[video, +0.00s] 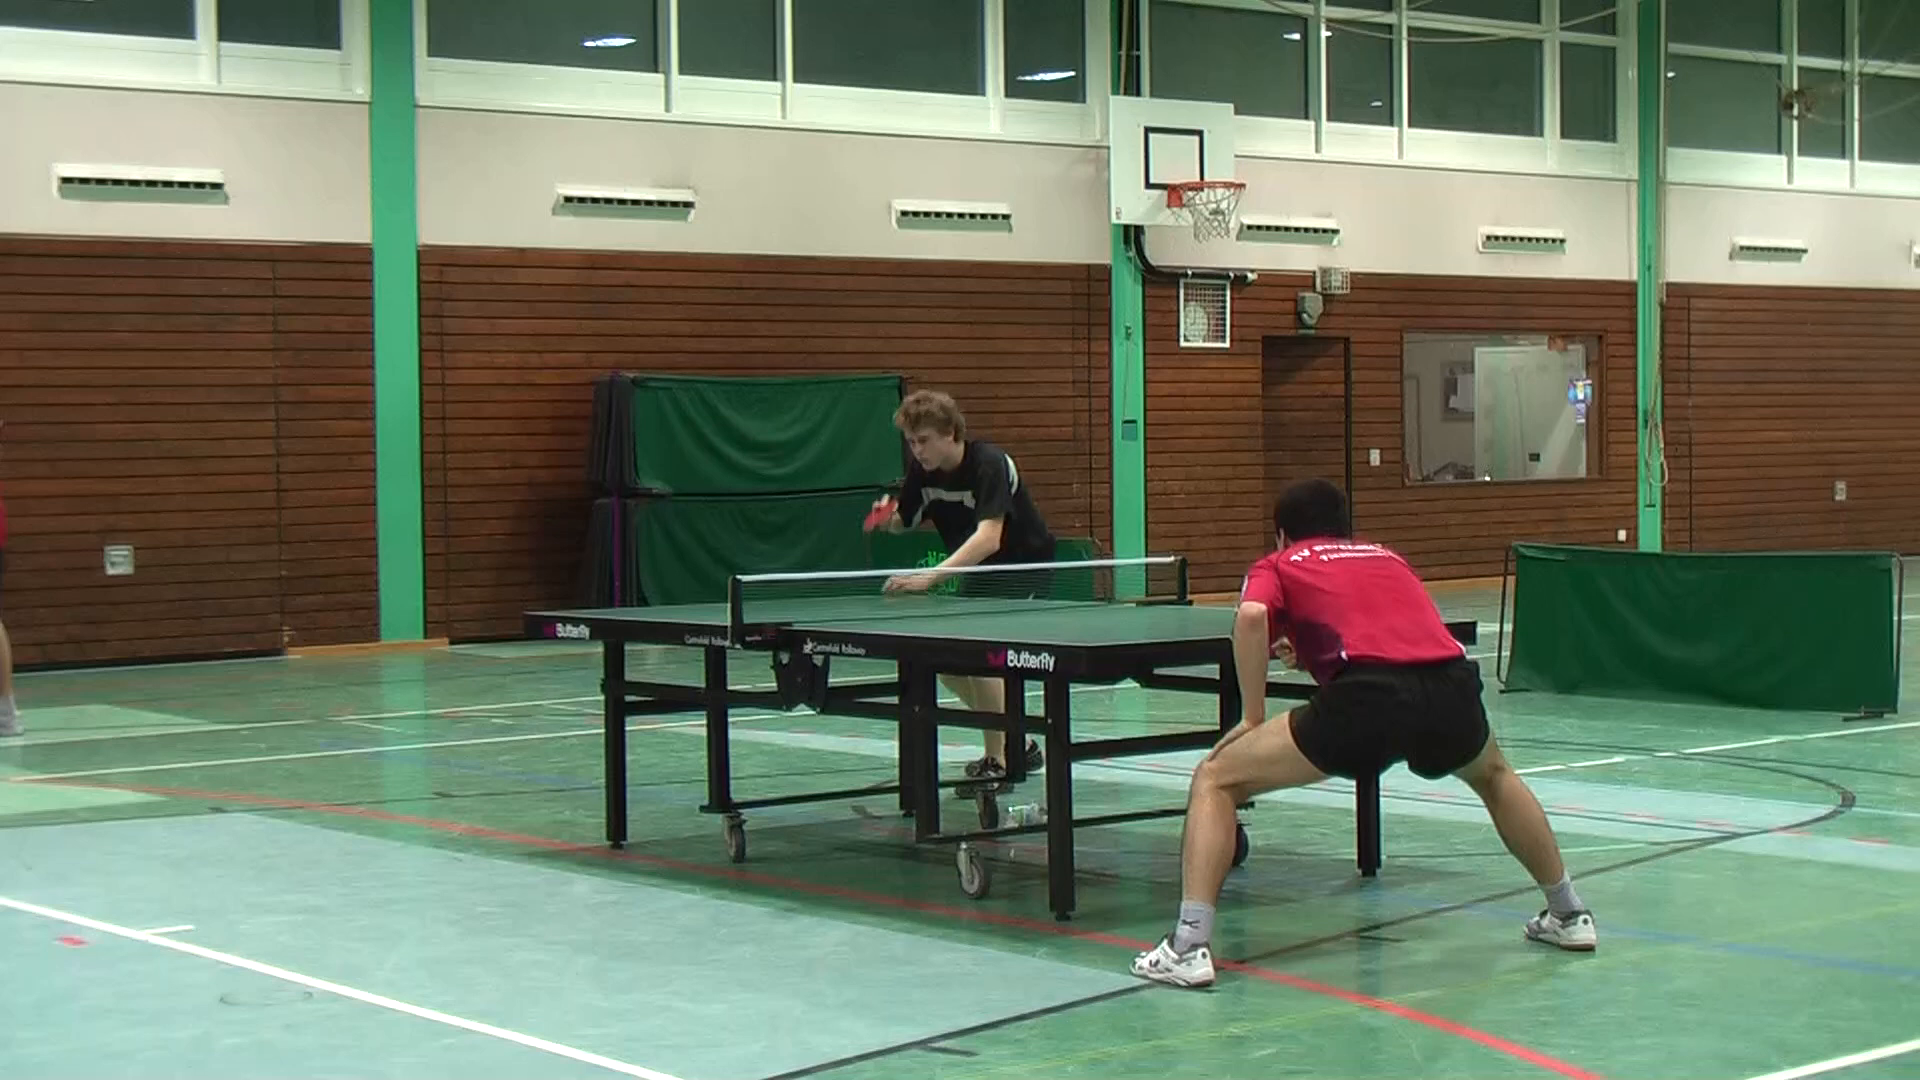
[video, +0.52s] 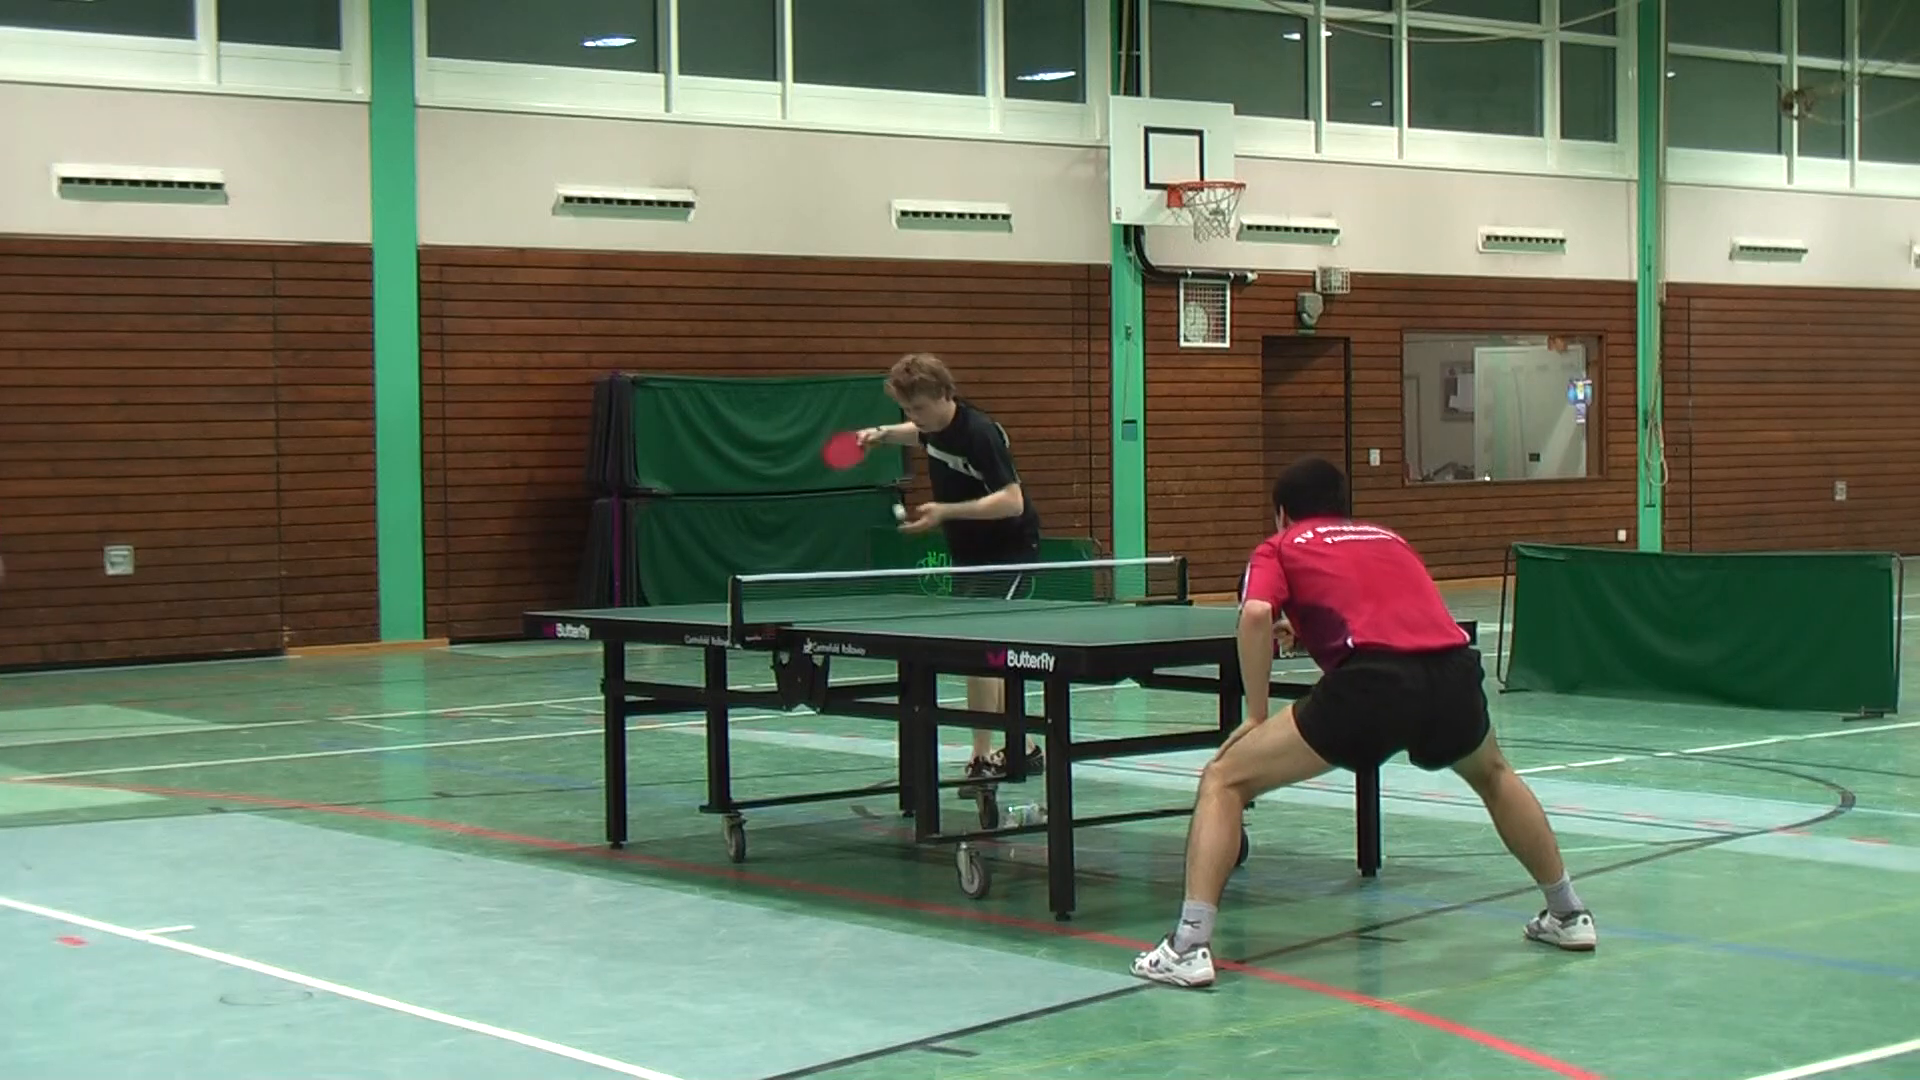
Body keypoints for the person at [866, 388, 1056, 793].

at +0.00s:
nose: (916, 451)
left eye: (922, 440)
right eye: (911, 443)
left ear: (950, 434)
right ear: (909, 441)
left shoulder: (989, 461)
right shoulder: (922, 468)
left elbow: (989, 537)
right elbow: (905, 520)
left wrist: (931, 575)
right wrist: (886, 519)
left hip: (1024, 573)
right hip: (977, 575)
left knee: (980, 659)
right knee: (947, 659)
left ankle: (997, 758)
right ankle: (1018, 745)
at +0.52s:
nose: (910, 417)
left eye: (914, 409)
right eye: (907, 410)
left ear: (942, 397)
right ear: (920, 406)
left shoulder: (980, 433)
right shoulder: (934, 426)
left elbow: (1013, 502)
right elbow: (916, 432)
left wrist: (945, 511)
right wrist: (881, 434)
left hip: (1006, 558)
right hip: (970, 555)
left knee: (978, 652)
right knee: (991, 652)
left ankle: (982, 755)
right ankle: (1020, 747)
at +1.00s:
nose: (900, 407)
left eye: (908, 398)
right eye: (893, 397)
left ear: (931, 393)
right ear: (887, 393)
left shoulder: (969, 421)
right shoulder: (881, 431)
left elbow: (1026, 469)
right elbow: (874, 499)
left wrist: (999, 470)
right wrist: (906, 499)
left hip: (977, 557)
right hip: (925, 561)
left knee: (968, 653)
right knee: (937, 652)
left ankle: (982, 752)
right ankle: (996, 720)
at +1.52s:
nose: (831, 389)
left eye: (839, 381)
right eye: (822, 383)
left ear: (851, 385)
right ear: (808, 389)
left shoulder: (880, 436)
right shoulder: (789, 442)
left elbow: (928, 473)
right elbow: (762, 505)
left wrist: (931, 522)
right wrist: (784, 517)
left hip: (878, 576)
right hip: (810, 579)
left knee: (936, 653)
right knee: (769, 660)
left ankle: (971, 755)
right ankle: (745, 755)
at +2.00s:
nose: (853, 410)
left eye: (860, 398)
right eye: (843, 403)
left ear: (877, 396)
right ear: (835, 408)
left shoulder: (895, 431)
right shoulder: (877, 441)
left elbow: (843, 494)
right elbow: (902, 495)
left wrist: (803, 497)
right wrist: (882, 524)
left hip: (980, 549)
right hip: (927, 556)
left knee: (1017, 644)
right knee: (891, 650)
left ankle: (1081, 737)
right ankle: (867, 754)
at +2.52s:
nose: (1038, 387)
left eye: (1046, 377)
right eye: (1030, 380)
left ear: (1066, 380)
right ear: (1022, 387)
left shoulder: (1091, 430)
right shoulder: (1022, 438)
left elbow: (1116, 484)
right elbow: (1022, 494)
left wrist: (1077, 499)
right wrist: (1010, 528)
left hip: (1092, 560)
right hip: (1034, 564)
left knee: (1136, 651)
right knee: (1014, 654)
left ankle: (1154, 744)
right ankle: (993, 735)